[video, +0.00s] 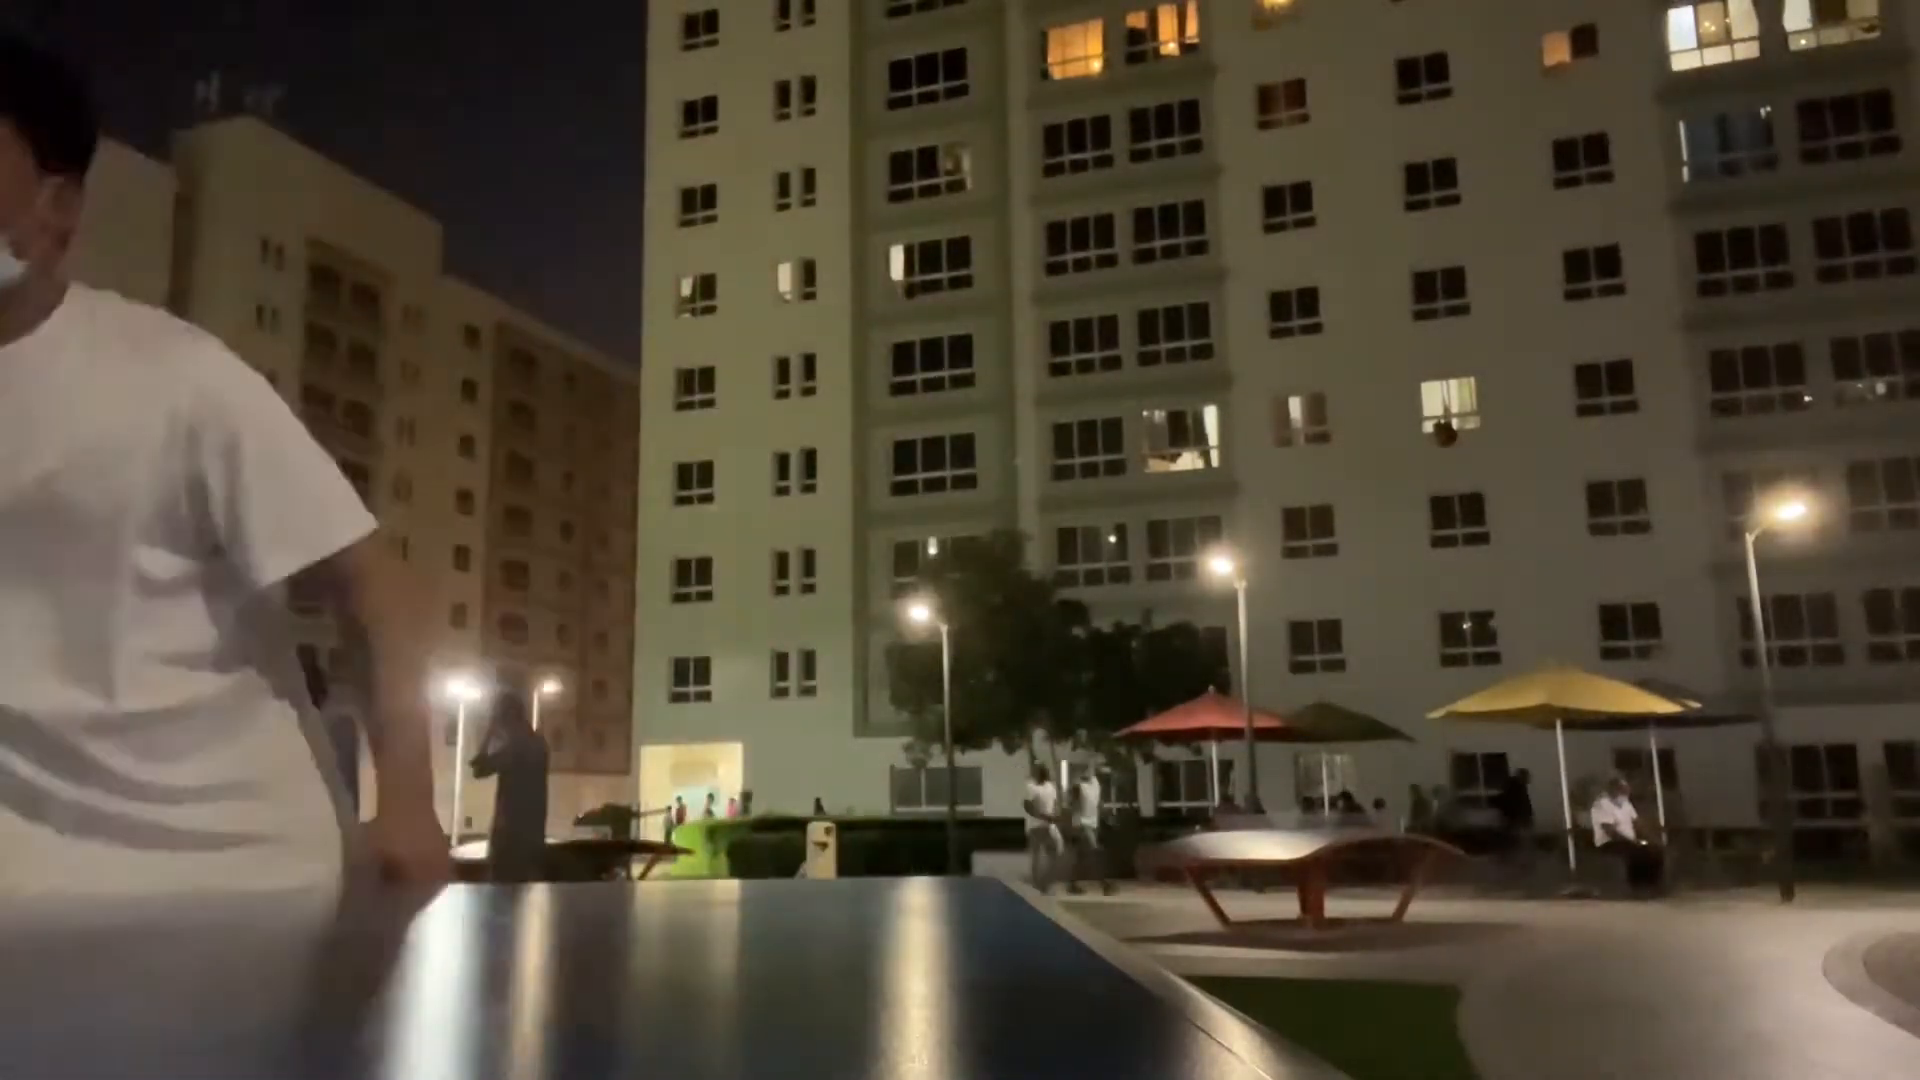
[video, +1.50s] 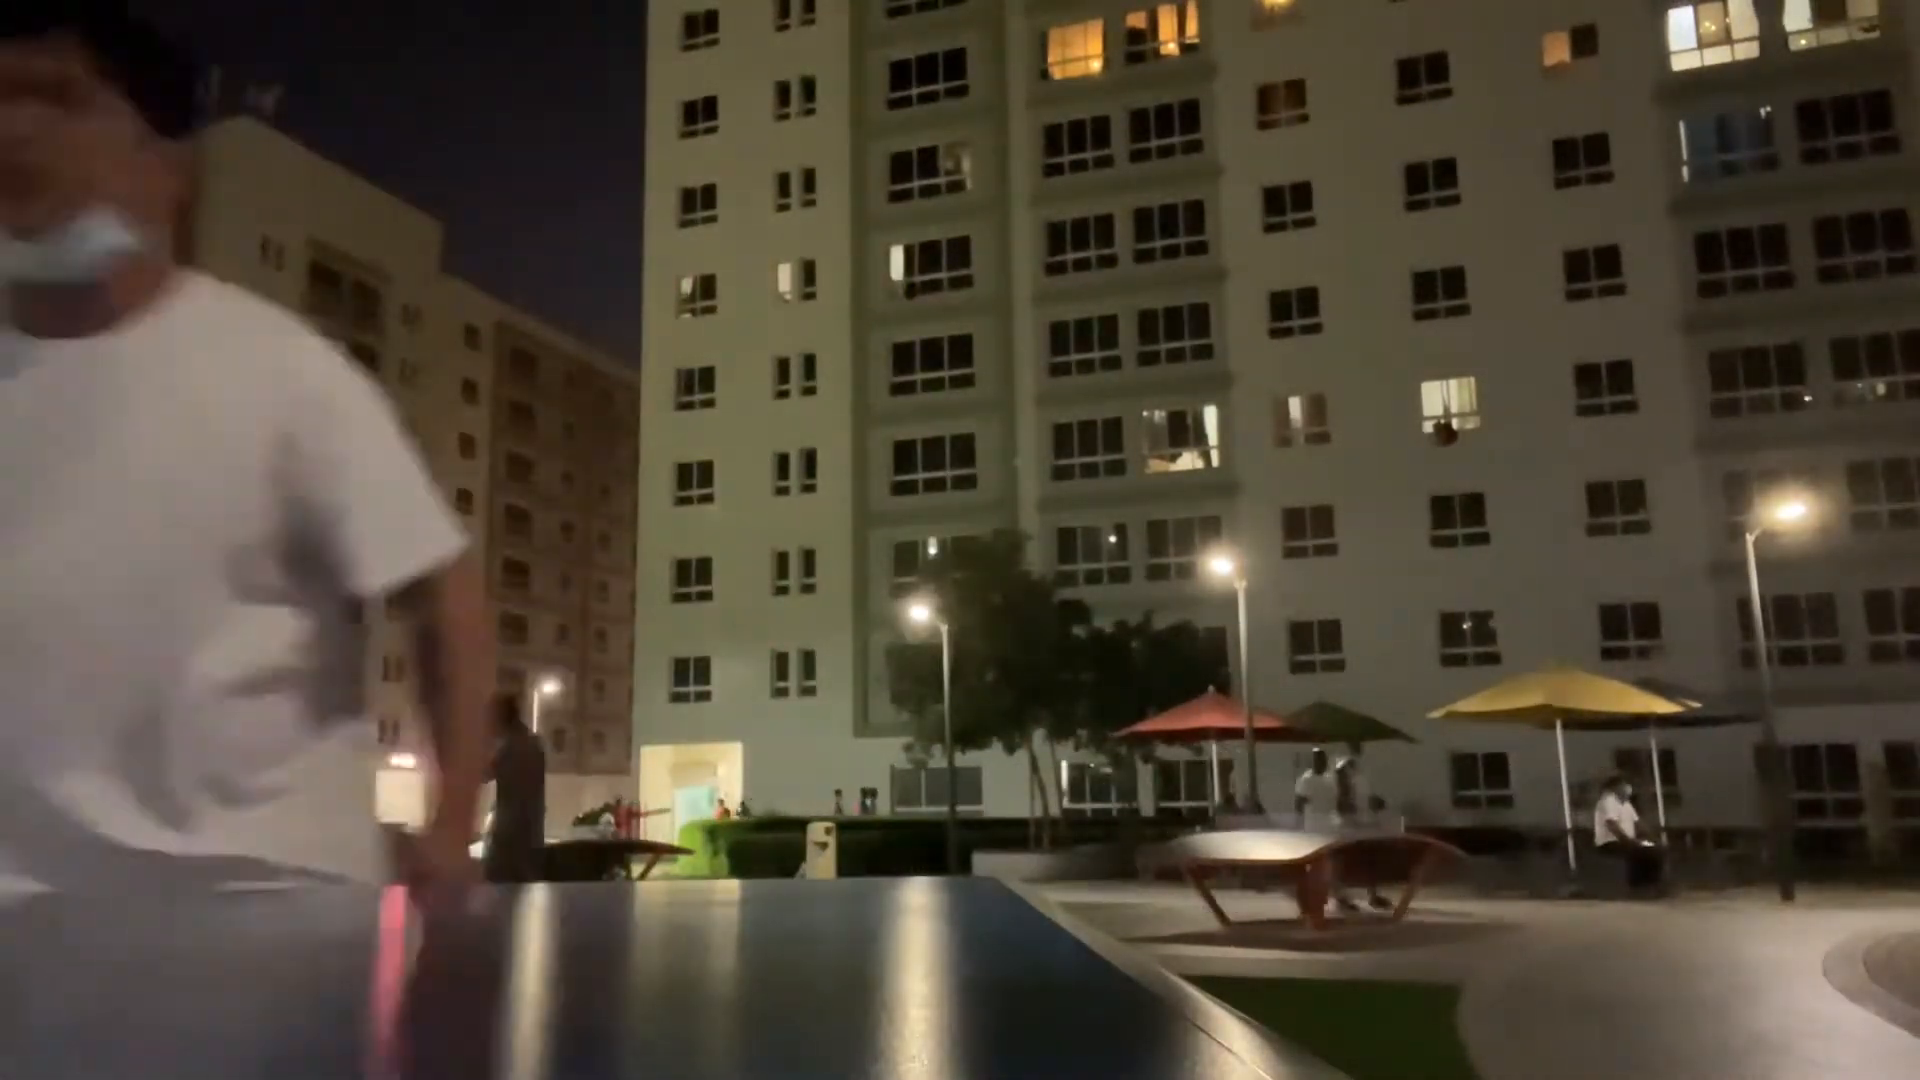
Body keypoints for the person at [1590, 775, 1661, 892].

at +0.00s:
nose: (1625, 792)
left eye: (1626, 789)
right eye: (1622, 789)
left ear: (1627, 789)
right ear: (1614, 790)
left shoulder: (1624, 802)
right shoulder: (1602, 804)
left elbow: (1636, 821)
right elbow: (1609, 829)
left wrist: (1649, 834)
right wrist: (1632, 842)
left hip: (1629, 840)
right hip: (1609, 842)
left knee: (1654, 850)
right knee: (1638, 854)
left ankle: (1651, 888)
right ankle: (1638, 889)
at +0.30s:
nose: (1624, 791)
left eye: (1625, 788)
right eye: (1621, 788)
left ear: (1627, 789)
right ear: (1613, 789)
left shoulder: (1624, 802)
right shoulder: (1602, 804)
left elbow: (1634, 822)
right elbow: (1608, 829)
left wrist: (1645, 836)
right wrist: (1631, 841)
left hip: (1629, 840)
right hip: (1609, 842)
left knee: (1652, 850)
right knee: (1637, 854)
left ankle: (1650, 887)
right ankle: (1636, 888)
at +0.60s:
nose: (1625, 794)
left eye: (1626, 790)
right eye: (1622, 790)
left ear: (1626, 790)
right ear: (1613, 790)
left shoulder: (1625, 803)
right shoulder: (1604, 804)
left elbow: (1634, 822)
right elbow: (1609, 828)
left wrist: (1643, 837)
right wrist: (1632, 841)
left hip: (1628, 840)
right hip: (1609, 842)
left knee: (1655, 850)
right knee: (1637, 853)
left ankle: (1652, 886)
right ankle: (1637, 888)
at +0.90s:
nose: (1628, 790)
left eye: (1628, 786)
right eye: (1624, 786)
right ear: (1615, 788)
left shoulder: (1626, 803)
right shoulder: (1606, 802)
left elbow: (1636, 822)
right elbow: (1611, 827)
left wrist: (1642, 837)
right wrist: (1634, 841)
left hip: (1627, 839)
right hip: (1609, 841)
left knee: (1653, 850)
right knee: (1637, 852)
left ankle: (1652, 886)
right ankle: (1636, 887)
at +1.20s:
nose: (1631, 790)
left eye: (1631, 787)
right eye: (1627, 786)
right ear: (1619, 786)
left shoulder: (1626, 803)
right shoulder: (1610, 799)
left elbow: (1636, 822)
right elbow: (1613, 822)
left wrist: (1647, 835)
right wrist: (1633, 841)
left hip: (1627, 841)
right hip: (1611, 843)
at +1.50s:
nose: (1629, 789)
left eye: (1629, 785)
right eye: (1626, 785)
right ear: (1617, 787)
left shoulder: (1625, 802)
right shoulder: (1608, 800)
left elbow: (1636, 821)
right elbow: (1610, 822)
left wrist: (1651, 834)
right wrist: (1630, 841)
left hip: (1627, 840)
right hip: (1609, 843)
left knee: (1653, 851)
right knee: (1641, 855)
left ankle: (1651, 886)